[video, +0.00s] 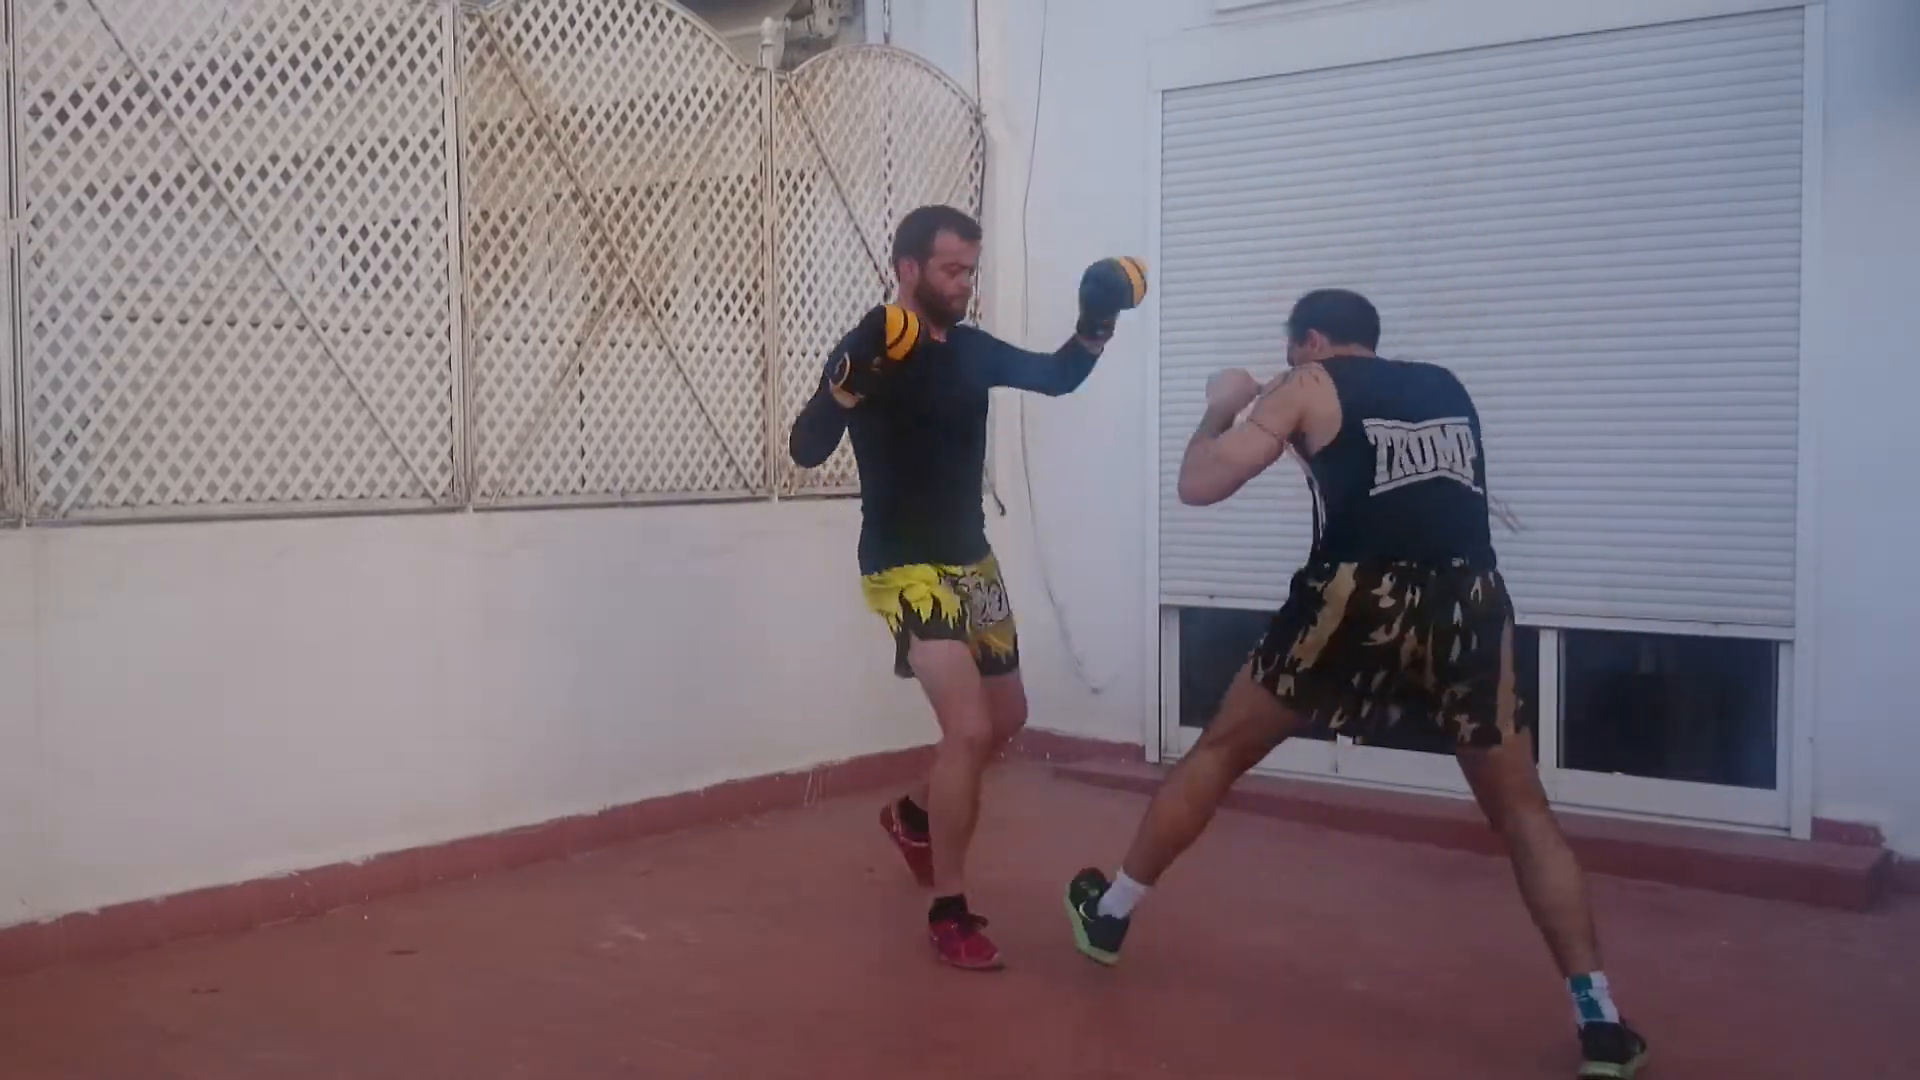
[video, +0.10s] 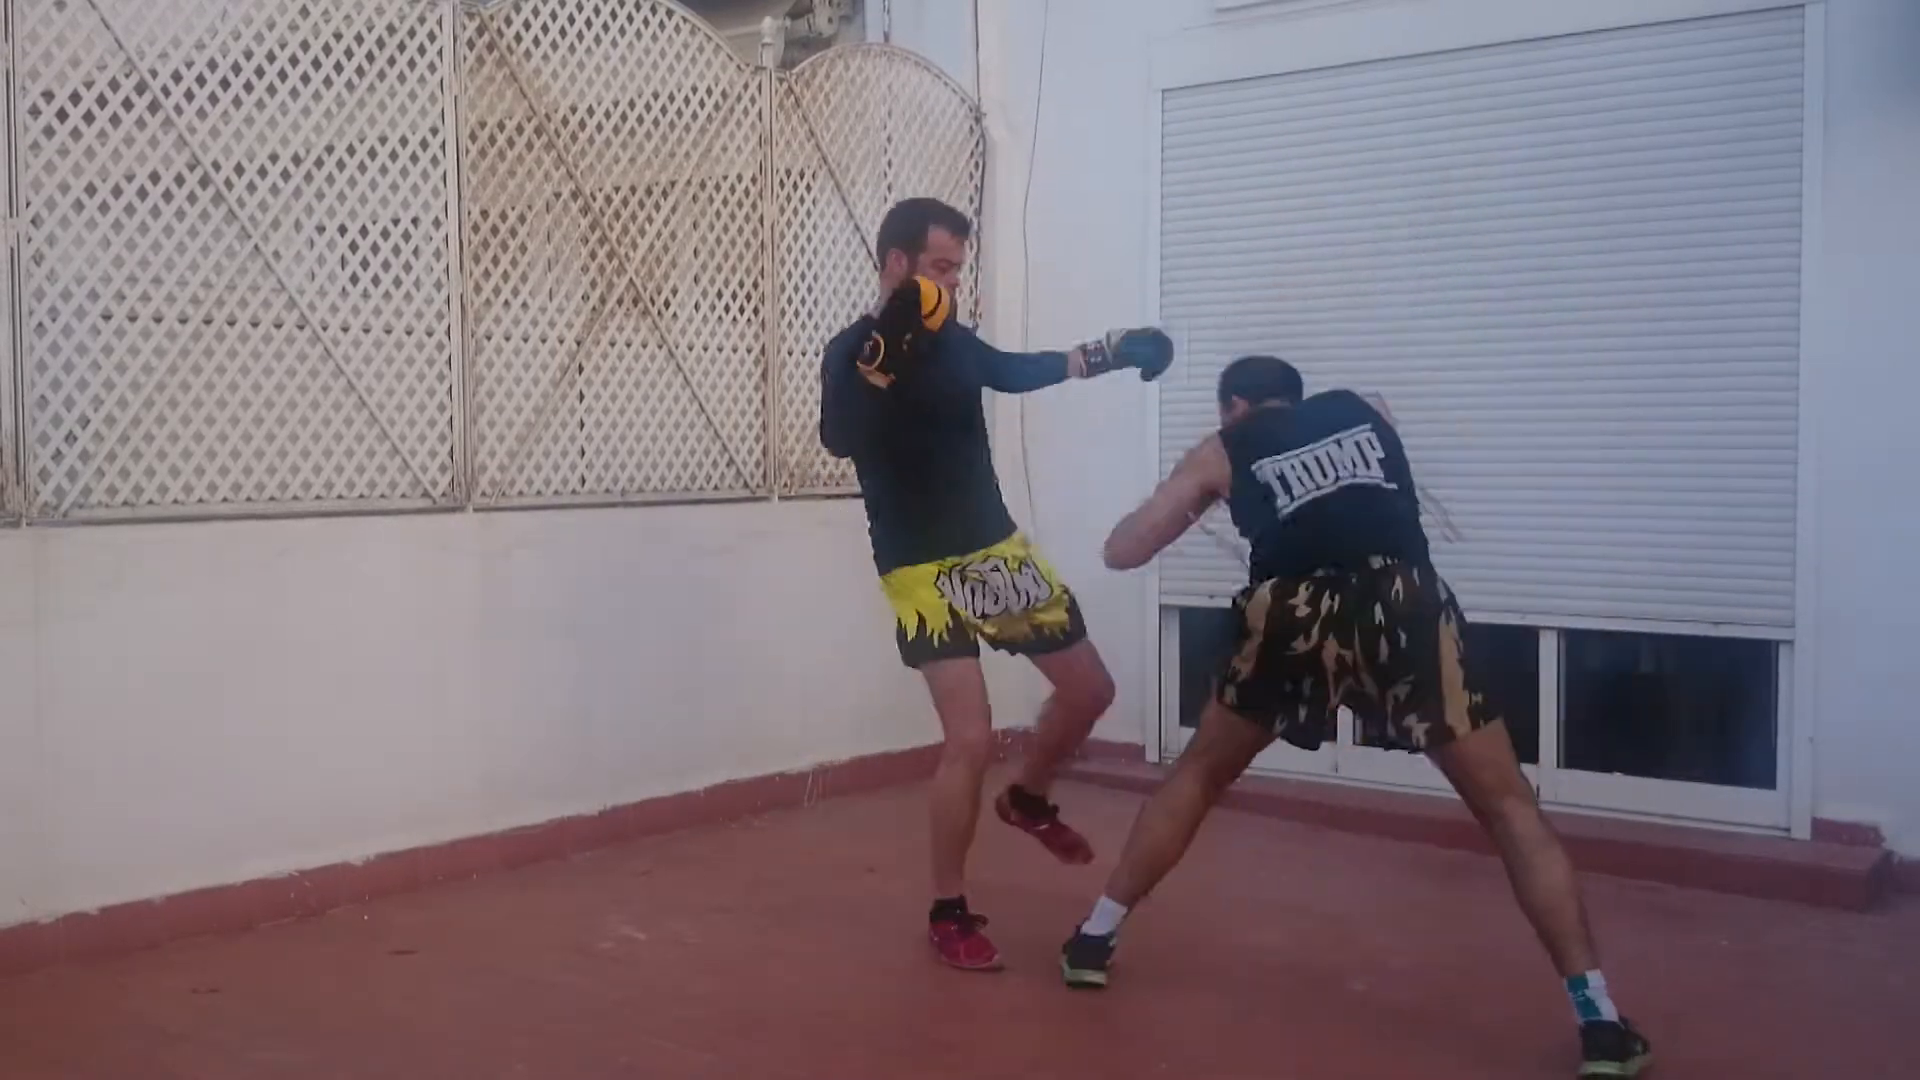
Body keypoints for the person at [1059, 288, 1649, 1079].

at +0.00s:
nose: (1289, 360)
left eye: (1292, 348)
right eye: (1289, 350)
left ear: (1315, 342)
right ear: (1371, 341)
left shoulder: (1305, 388)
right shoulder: (1444, 386)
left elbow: (1197, 483)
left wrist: (1219, 414)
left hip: (1353, 604)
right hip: (1471, 611)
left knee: (1222, 753)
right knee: (1523, 810)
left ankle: (1111, 912)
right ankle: (1599, 1016)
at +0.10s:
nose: (1217, 420)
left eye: (1219, 411)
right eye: (1221, 413)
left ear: (1234, 408)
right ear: (1296, 396)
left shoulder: (1222, 450)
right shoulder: (1366, 408)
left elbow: (1123, 551)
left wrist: (1172, 496)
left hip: (1291, 615)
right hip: (1406, 609)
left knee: (1202, 774)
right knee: (1508, 805)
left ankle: (1095, 934)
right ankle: (1597, 1014)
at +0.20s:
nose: (1160, 459)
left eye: (1160, 447)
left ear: (1166, 447)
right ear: (1223, 420)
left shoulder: (1156, 488)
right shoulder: (1286, 423)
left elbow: (1090, 598)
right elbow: (1363, 508)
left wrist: (1113, 603)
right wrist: (1295, 464)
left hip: (1231, 601)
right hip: (1344, 585)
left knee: (1159, 758)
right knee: (1465, 791)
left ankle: (1088, 933)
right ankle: (1569, 999)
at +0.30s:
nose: (1136, 453)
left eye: (1135, 447)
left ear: (1144, 441)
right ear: (1197, 404)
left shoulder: (1139, 485)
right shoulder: (1260, 406)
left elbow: (1104, 626)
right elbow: (1339, 492)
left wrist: (1138, 645)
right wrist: (1262, 481)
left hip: (1204, 582)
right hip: (1312, 561)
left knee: (1159, 750)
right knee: (1425, 765)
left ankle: (1091, 931)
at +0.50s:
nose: (1237, 312)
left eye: (1234, 305)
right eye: (1224, 303)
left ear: (1176, 335)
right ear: (1197, 320)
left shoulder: (1166, 435)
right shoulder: (1198, 344)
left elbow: (1230, 548)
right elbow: (1321, 327)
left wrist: (1337, 546)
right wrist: (1264, 365)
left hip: (1173, 587)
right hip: (1236, 556)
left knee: (1209, 777)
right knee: (1349, 755)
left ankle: (1069, 919)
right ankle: (1362, 990)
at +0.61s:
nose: (1235, 298)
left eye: (1233, 290)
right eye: (1219, 289)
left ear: (1226, 315)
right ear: (1188, 299)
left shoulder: (1250, 415)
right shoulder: (1163, 345)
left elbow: (1341, 495)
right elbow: (1184, 231)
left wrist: (1327, 404)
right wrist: (1260, 292)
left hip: (1193, 573)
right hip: (1209, 557)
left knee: (1198, 781)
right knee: (1315, 747)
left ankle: (1058, 921)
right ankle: (1320, 979)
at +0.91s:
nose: (1264, 279)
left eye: (1274, 276)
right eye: (1251, 265)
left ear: (1277, 303)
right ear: (1221, 271)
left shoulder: (1247, 401)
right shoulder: (1194, 315)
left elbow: (1312, 493)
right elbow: (1241, 197)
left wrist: (1340, 395)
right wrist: (1309, 281)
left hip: (1171, 561)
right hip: (1200, 551)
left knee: (1178, 762)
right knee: (1287, 745)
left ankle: (1046, 907)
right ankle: (1303, 968)